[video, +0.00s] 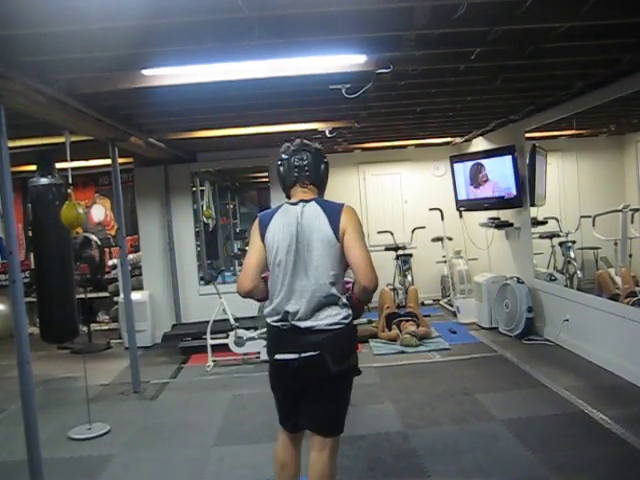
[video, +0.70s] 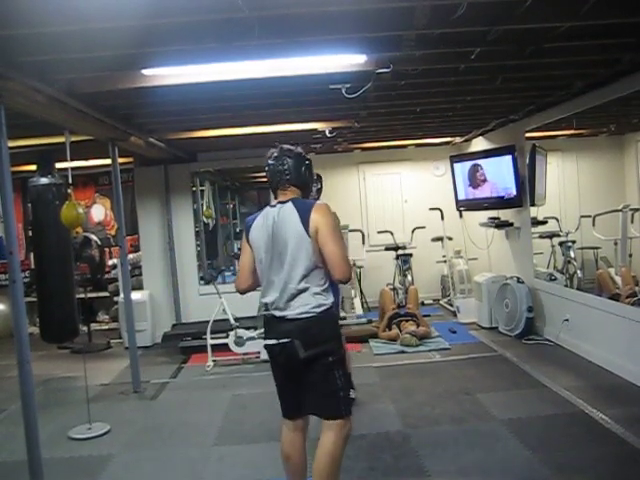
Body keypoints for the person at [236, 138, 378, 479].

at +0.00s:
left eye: (286, 172)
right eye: (322, 171)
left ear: (282, 178)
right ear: (322, 176)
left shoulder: (264, 221)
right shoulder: (341, 214)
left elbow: (246, 286)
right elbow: (367, 281)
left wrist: (278, 288)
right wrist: (354, 306)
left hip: (284, 350)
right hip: (332, 349)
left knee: (288, 435)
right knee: (323, 445)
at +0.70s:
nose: (312, 179)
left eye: (309, 174)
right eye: (310, 174)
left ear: (272, 182)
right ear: (305, 178)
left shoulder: (255, 224)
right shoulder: (317, 212)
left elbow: (244, 283)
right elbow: (341, 273)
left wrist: (275, 266)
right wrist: (334, 258)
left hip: (277, 332)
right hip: (316, 329)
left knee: (292, 422)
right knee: (336, 422)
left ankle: (296, 478)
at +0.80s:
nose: (312, 180)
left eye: (308, 175)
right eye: (309, 175)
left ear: (272, 181)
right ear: (305, 178)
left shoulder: (254, 223)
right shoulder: (316, 211)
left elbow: (244, 282)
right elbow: (340, 274)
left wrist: (275, 263)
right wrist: (340, 246)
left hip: (277, 330)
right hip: (316, 328)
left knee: (293, 422)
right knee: (339, 421)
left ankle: (297, 478)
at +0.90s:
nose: (313, 180)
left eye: (310, 175)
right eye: (311, 175)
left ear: (273, 181)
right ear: (306, 178)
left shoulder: (255, 223)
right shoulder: (316, 212)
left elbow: (247, 282)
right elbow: (341, 273)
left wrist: (276, 263)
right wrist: (341, 252)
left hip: (278, 330)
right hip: (318, 328)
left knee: (294, 422)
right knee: (337, 422)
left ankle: (298, 478)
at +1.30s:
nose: (331, 181)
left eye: (328, 176)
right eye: (328, 176)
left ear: (288, 184)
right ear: (323, 179)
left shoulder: (270, 225)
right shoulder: (338, 215)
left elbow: (266, 283)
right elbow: (367, 274)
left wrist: (296, 260)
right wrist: (357, 243)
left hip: (292, 339)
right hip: (335, 338)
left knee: (305, 422)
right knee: (337, 431)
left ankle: (301, 476)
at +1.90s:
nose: (331, 182)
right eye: (329, 176)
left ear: (290, 182)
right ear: (324, 178)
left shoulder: (272, 226)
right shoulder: (337, 214)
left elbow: (271, 281)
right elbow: (370, 272)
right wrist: (352, 241)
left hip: (295, 339)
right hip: (337, 337)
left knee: (307, 423)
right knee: (341, 432)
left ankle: (302, 477)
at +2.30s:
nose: (320, 183)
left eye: (317, 178)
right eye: (318, 177)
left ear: (280, 185)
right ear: (313, 180)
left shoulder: (264, 226)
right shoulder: (327, 214)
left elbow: (264, 280)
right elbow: (362, 268)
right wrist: (353, 240)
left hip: (286, 337)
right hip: (327, 336)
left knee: (302, 421)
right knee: (336, 430)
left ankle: (300, 476)